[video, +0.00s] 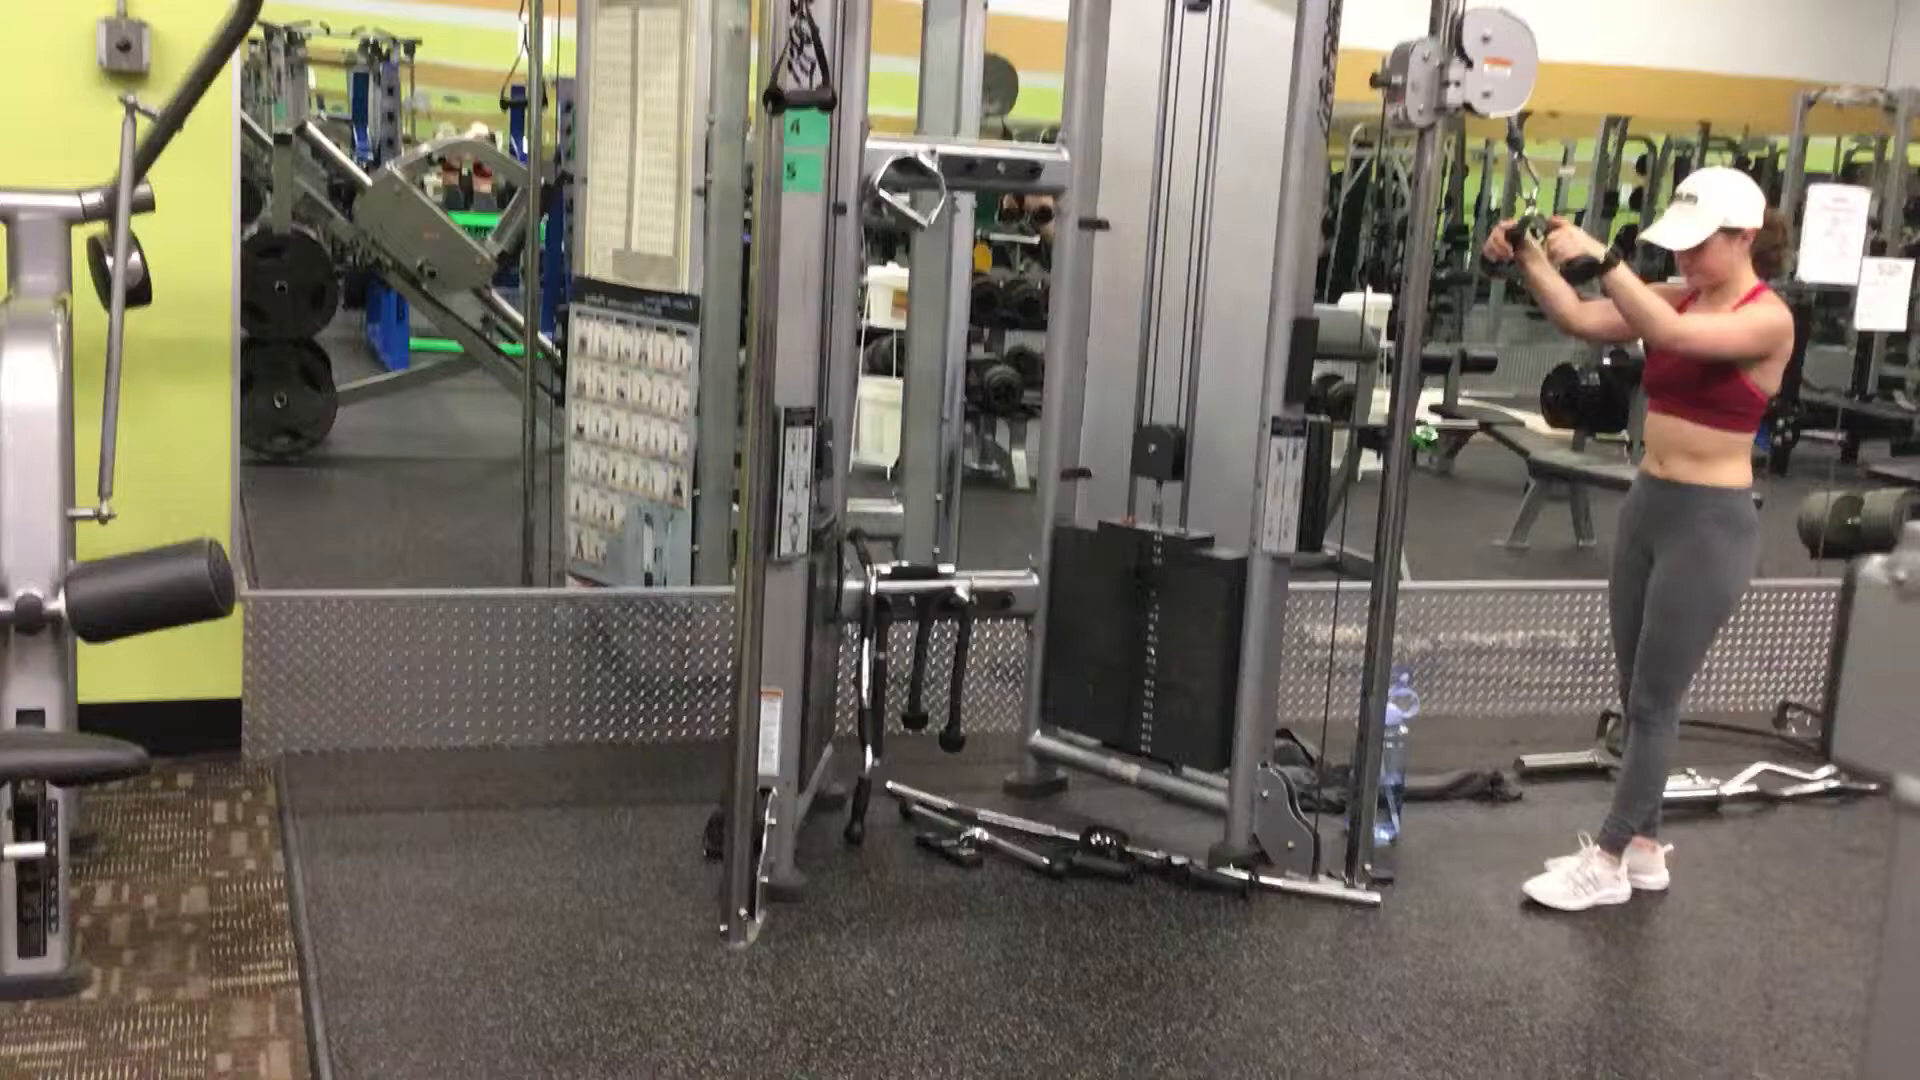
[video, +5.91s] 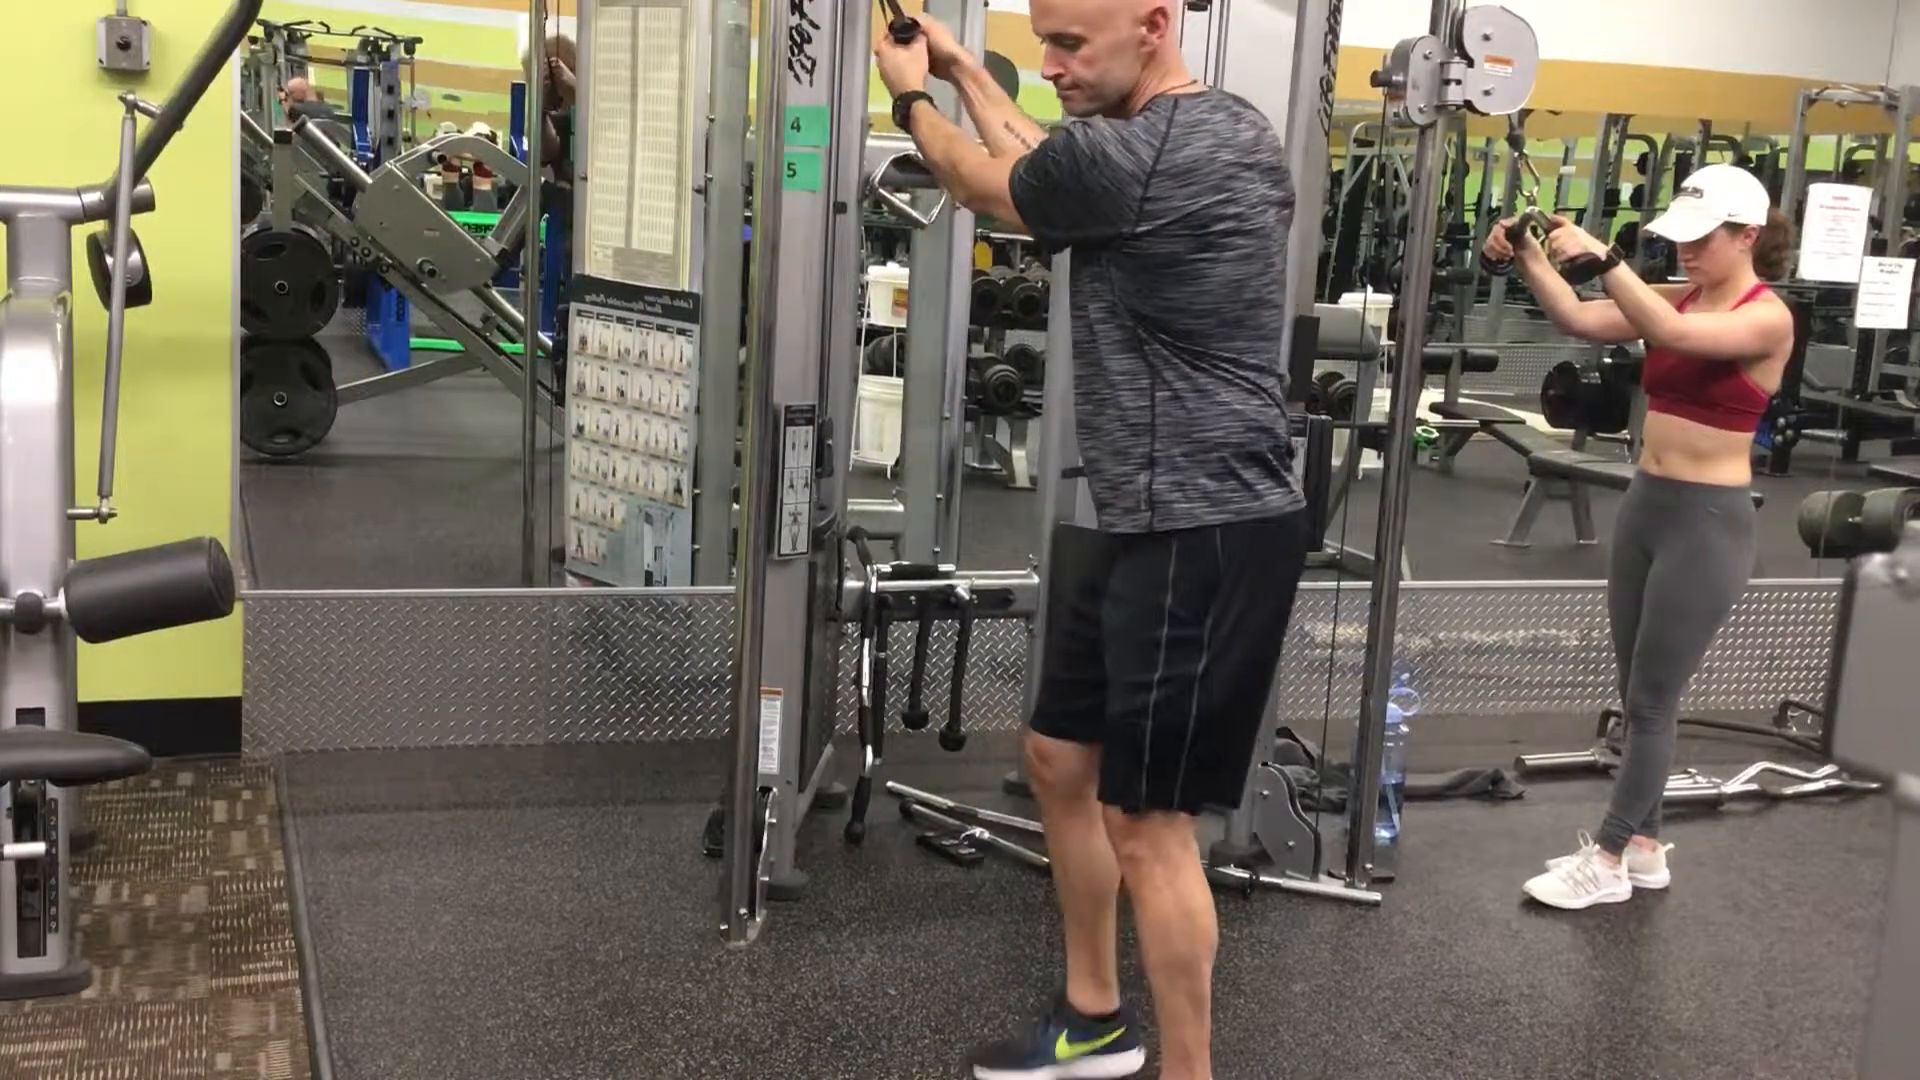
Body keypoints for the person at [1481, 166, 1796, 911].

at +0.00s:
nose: (1683, 256)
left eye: (1697, 243)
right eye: (1679, 244)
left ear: (1745, 238)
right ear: (1681, 242)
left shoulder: (1770, 318)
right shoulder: (1677, 299)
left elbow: (1670, 331)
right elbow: (1584, 317)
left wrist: (1599, 257)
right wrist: (1527, 259)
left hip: (1711, 523)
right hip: (1645, 509)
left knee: (1654, 699)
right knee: (1639, 694)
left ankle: (1605, 860)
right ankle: (1645, 847)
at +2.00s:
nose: (1665, 254)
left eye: (1679, 240)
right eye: (1661, 241)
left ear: (1728, 235)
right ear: (1663, 240)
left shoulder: (1757, 315)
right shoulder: (1663, 299)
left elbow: (1660, 335)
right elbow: (1566, 324)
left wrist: (1592, 261)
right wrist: (1519, 258)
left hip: (1705, 522)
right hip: (1639, 508)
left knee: (1651, 700)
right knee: (1637, 691)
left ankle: (1607, 858)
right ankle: (1644, 844)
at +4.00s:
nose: (1674, 253)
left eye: (1688, 239)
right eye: (1669, 241)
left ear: (1737, 236)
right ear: (1670, 240)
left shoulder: (1763, 315)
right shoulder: (1667, 297)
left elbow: (1664, 334)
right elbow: (1570, 322)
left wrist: (1595, 259)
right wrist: (1520, 260)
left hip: (1710, 524)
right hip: (1642, 509)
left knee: (1653, 699)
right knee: (1640, 692)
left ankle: (1606, 858)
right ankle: (1644, 845)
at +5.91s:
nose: (1683, 252)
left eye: (1698, 239)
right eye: (1679, 239)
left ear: (1746, 237)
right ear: (1680, 238)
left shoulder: (1770, 317)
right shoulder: (1676, 301)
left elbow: (1671, 330)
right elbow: (1580, 316)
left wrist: (1602, 257)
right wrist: (1525, 258)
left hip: (1709, 523)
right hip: (1642, 508)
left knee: (1652, 699)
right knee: (1639, 693)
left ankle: (1606, 859)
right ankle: (1646, 846)